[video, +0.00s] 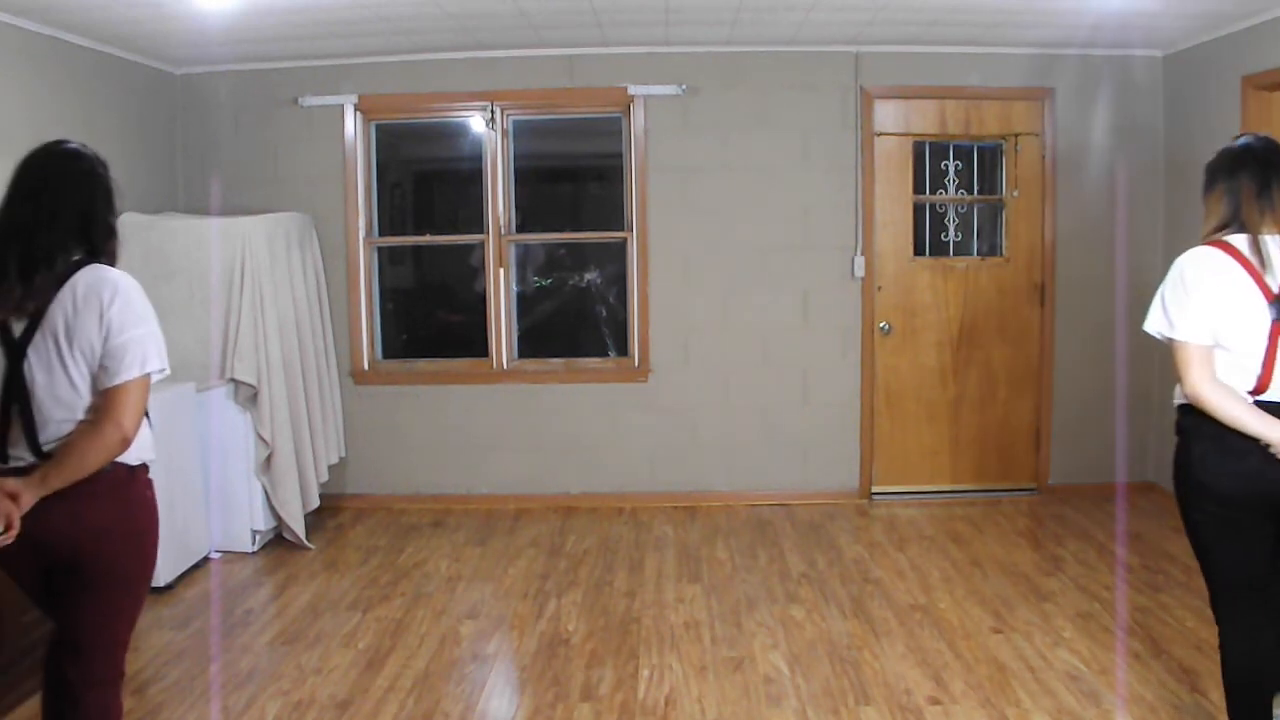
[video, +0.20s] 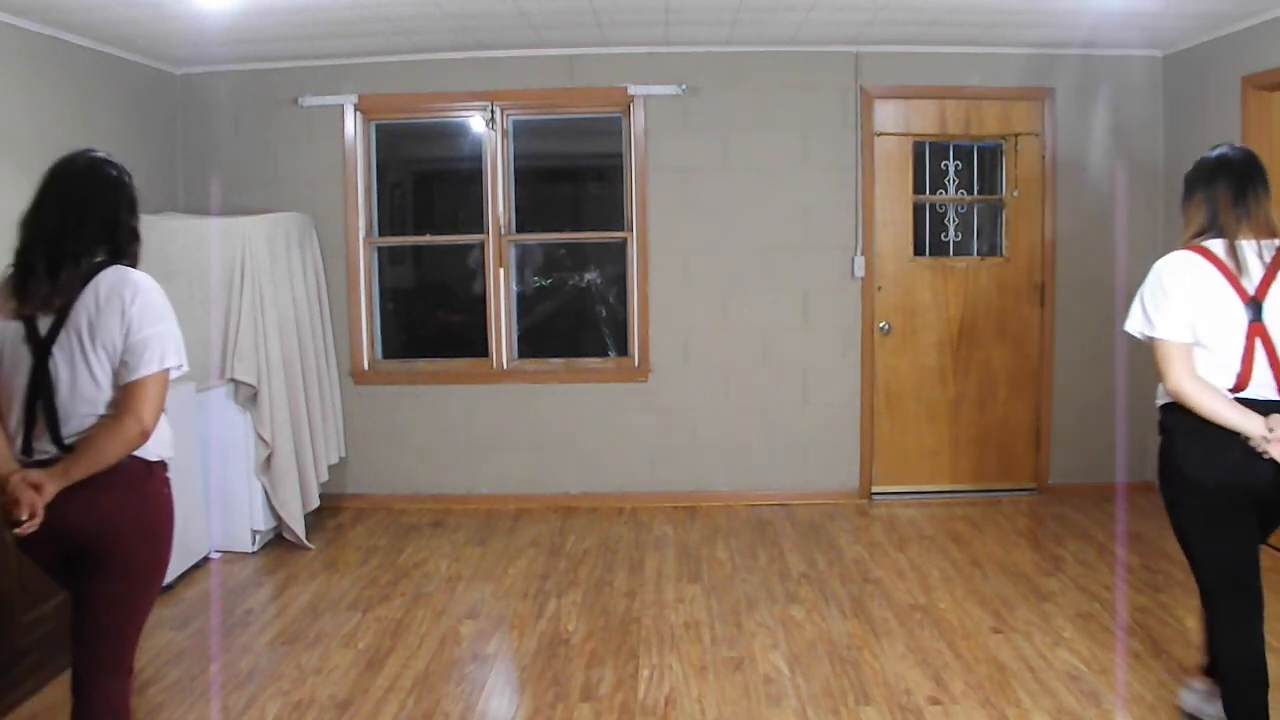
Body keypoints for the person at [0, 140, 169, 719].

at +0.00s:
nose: (114, 215)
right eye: (110, 204)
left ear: (17, 207)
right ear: (99, 214)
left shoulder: (7, 291)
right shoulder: (110, 291)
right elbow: (116, 422)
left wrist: (21, 487)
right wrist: (31, 485)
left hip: (14, 509)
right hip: (103, 508)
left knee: (76, 642)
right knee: (92, 682)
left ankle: (67, 706)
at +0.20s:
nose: (134, 224)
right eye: (131, 212)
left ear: (43, 213)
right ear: (122, 220)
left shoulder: (12, 295)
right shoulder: (134, 292)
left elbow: (3, 412)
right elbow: (136, 418)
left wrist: (11, 471)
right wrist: (54, 479)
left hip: (29, 504)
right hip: (122, 502)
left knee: (108, 626)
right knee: (103, 676)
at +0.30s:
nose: (148, 233)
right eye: (143, 221)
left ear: (60, 222)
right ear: (136, 229)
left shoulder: (20, 305)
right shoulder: (148, 298)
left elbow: (5, 407)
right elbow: (150, 419)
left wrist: (29, 477)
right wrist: (68, 479)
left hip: (55, 506)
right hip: (136, 502)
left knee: (139, 639)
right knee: (109, 671)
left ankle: (160, 714)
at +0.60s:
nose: (189, 239)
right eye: (186, 230)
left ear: (112, 240)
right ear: (183, 239)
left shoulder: (91, 311)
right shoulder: (201, 303)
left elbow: (68, 403)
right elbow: (216, 411)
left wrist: (109, 462)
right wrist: (145, 458)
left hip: (127, 477)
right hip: (198, 475)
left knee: (200, 580)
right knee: (181, 623)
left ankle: (226, 680)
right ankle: (142, 713)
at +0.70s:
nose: (203, 223)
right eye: (199, 214)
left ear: (129, 227)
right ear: (195, 224)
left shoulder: (110, 298)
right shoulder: (215, 288)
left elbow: (92, 381)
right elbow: (224, 393)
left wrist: (128, 436)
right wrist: (156, 440)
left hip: (143, 461)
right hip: (210, 460)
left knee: (201, 569)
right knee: (227, 588)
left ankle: (226, 680)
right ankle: (165, 692)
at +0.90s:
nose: (224, 210)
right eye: (219, 202)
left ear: (154, 211)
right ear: (214, 208)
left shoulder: (134, 278)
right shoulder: (229, 268)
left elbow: (119, 360)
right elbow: (235, 367)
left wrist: (151, 411)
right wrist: (181, 415)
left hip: (163, 429)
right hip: (230, 428)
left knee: (207, 550)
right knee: (271, 534)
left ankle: (220, 677)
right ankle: (229, 650)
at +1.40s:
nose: (275, 219)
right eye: (272, 211)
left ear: (212, 218)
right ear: (268, 218)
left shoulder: (185, 281)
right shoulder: (283, 273)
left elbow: (166, 354)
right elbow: (288, 359)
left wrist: (197, 399)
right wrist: (227, 406)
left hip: (207, 425)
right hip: (274, 423)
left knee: (223, 549)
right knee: (311, 519)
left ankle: (224, 679)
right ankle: (312, 621)